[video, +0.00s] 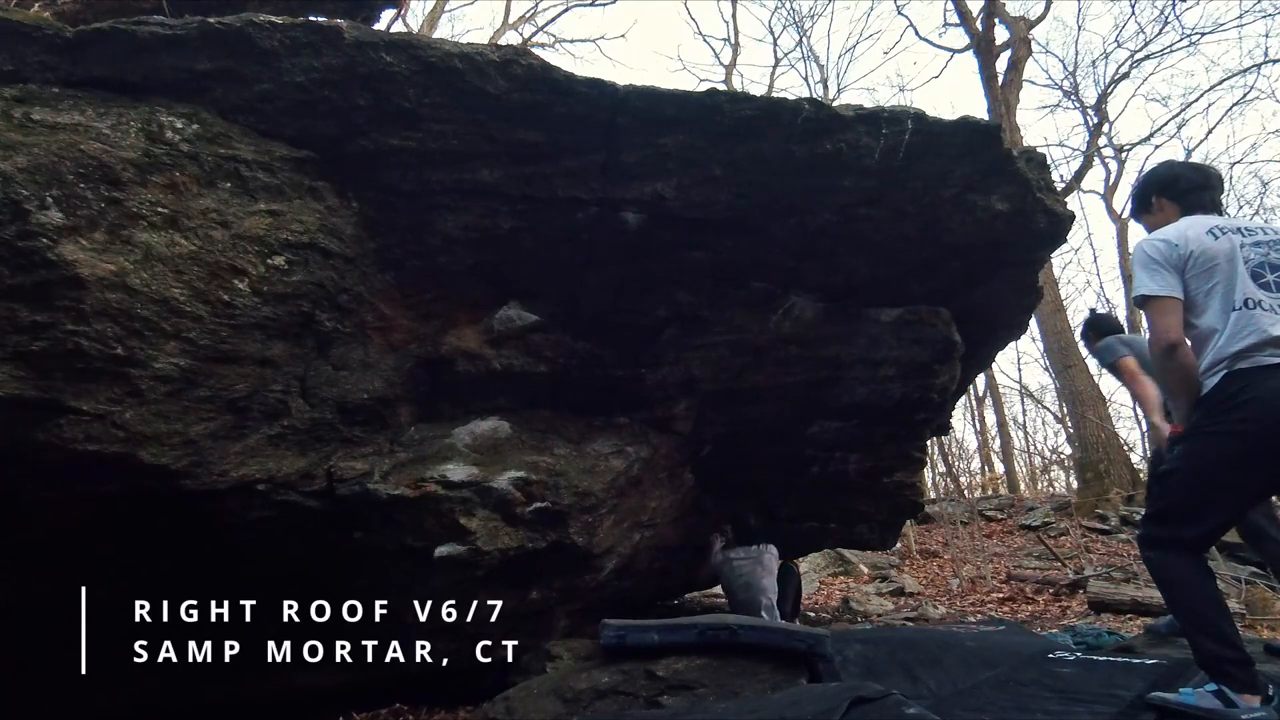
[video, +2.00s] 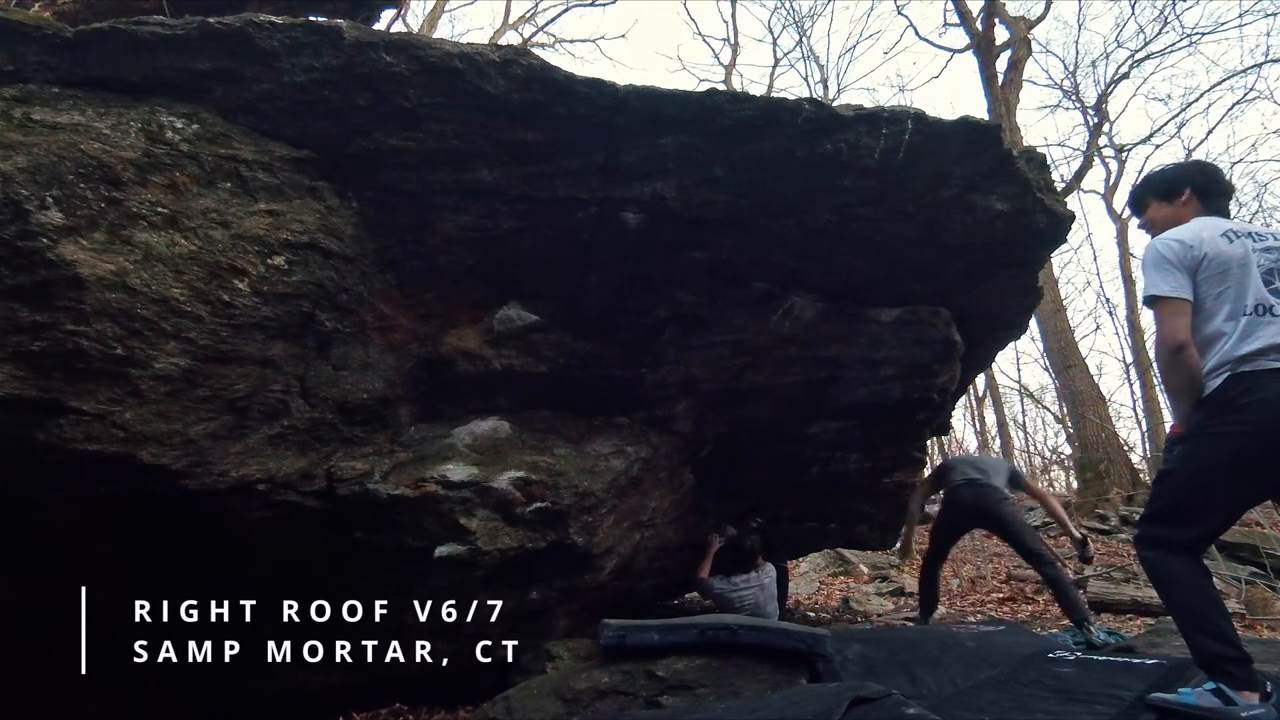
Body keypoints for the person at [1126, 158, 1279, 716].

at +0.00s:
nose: (1146, 225)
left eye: (1146, 215)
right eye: (1144, 217)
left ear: (1164, 205)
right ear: (1211, 202)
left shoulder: (1162, 242)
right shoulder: (1263, 231)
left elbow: (1169, 343)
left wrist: (1185, 416)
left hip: (1251, 389)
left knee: (1166, 536)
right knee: (1247, 502)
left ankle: (1236, 685)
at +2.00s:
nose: (1143, 226)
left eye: (1147, 214)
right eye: (1140, 218)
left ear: (1184, 197)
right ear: (1200, 202)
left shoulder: (1173, 243)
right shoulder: (1266, 236)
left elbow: (1177, 344)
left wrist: (1184, 418)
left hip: (1250, 399)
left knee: (1164, 539)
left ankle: (1235, 683)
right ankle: (1236, 680)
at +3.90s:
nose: (1106, 253)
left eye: (1101, 242)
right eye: (1099, 245)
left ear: (1111, 229)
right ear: (1157, 214)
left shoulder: (1141, 241)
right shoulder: (1225, 247)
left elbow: (1176, 324)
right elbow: (1268, 300)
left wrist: (1175, 410)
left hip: (1245, 382)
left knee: (1161, 532)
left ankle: (1237, 686)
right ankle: (1243, 684)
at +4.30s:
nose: (1041, 275)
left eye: (1039, 265)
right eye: (1036, 267)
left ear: (1050, 257)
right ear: (1095, 243)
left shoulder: (1075, 267)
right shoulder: (1150, 271)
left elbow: (1120, 339)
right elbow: (1212, 329)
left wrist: (1133, 417)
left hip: (1192, 397)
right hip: (1261, 388)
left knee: (1151, 545)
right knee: (1275, 542)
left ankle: (1239, 697)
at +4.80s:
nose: (987, 274)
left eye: (986, 267)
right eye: (985, 269)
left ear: (994, 262)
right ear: (1042, 248)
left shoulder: (1004, 277)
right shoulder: (1092, 267)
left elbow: (1039, 343)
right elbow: (1149, 319)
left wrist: (1078, 413)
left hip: (1133, 380)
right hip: (1200, 370)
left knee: (1164, 556)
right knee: (1235, 539)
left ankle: (1235, 705)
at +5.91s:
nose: (1044, 271)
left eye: (1040, 261)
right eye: (1038, 264)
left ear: (1053, 244)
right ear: (1094, 237)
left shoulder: (1075, 258)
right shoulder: (1147, 267)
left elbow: (1109, 326)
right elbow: (1191, 330)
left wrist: (1125, 410)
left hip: (1180, 385)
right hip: (1232, 384)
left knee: (1180, 544)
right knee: (1248, 533)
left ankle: (1241, 694)